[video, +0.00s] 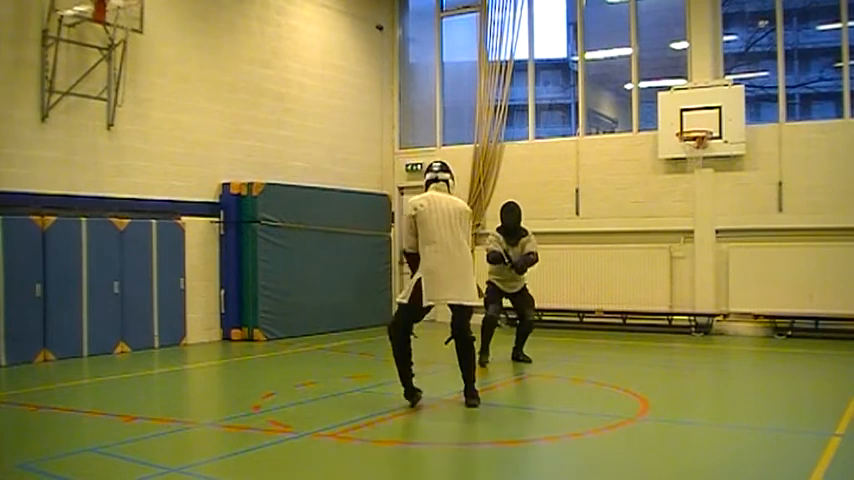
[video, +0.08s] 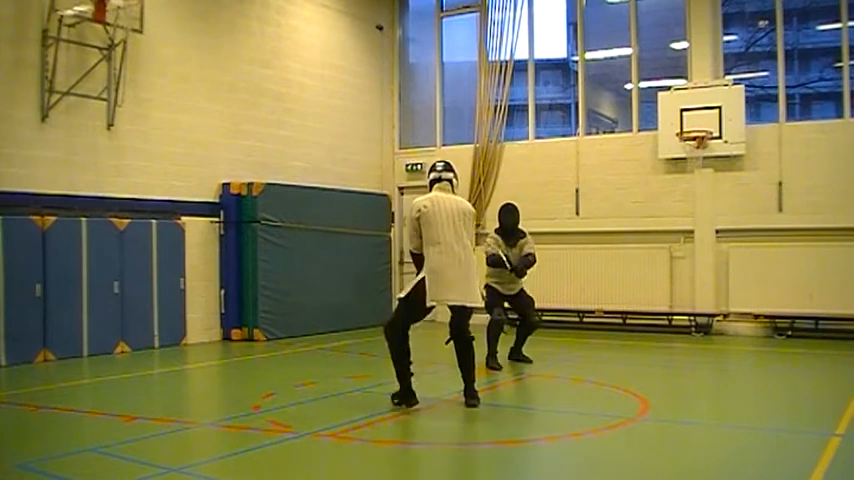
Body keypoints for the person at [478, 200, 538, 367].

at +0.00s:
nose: (510, 232)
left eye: (513, 228)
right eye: (507, 228)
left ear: (519, 222)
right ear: (502, 223)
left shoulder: (527, 236)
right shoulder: (496, 236)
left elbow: (533, 256)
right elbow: (491, 257)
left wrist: (522, 263)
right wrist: (507, 257)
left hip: (517, 285)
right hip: (496, 284)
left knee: (528, 318)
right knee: (492, 314)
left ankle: (518, 351)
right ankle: (484, 351)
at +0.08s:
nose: (509, 233)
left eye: (513, 229)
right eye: (506, 229)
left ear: (517, 223)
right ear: (500, 223)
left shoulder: (524, 237)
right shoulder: (493, 238)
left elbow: (531, 257)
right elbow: (491, 260)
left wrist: (520, 266)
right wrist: (512, 263)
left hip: (515, 288)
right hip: (494, 287)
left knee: (531, 319)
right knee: (498, 318)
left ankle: (516, 351)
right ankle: (492, 355)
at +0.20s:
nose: (508, 225)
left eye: (512, 221)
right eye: (505, 221)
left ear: (516, 223)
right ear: (498, 222)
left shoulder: (520, 241)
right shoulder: (491, 243)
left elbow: (528, 260)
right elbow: (491, 265)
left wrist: (522, 270)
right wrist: (511, 265)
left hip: (512, 290)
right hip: (491, 288)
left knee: (531, 315)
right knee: (501, 315)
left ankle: (518, 347)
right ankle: (493, 356)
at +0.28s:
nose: (508, 225)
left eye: (511, 221)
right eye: (505, 221)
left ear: (515, 223)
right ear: (498, 222)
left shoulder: (520, 242)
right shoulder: (490, 243)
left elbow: (527, 260)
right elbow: (491, 266)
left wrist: (525, 272)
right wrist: (511, 265)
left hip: (510, 290)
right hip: (490, 288)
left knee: (529, 316)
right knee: (500, 316)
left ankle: (521, 346)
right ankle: (493, 356)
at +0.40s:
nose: (509, 224)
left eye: (513, 220)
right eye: (506, 220)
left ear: (516, 222)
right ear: (498, 222)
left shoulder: (520, 242)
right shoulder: (490, 243)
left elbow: (528, 261)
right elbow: (491, 266)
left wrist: (525, 272)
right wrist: (510, 267)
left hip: (510, 290)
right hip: (491, 289)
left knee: (525, 319)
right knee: (500, 316)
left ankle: (522, 348)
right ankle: (492, 356)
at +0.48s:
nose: (509, 223)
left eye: (512, 219)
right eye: (505, 219)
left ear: (516, 222)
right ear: (498, 221)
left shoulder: (521, 241)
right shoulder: (491, 243)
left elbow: (528, 260)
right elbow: (491, 266)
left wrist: (525, 272)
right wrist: (509, 268)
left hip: (512, 289)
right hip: (492, 288)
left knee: (527, 320)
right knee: (501, 317)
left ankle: (522, 349)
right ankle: (492, 356)